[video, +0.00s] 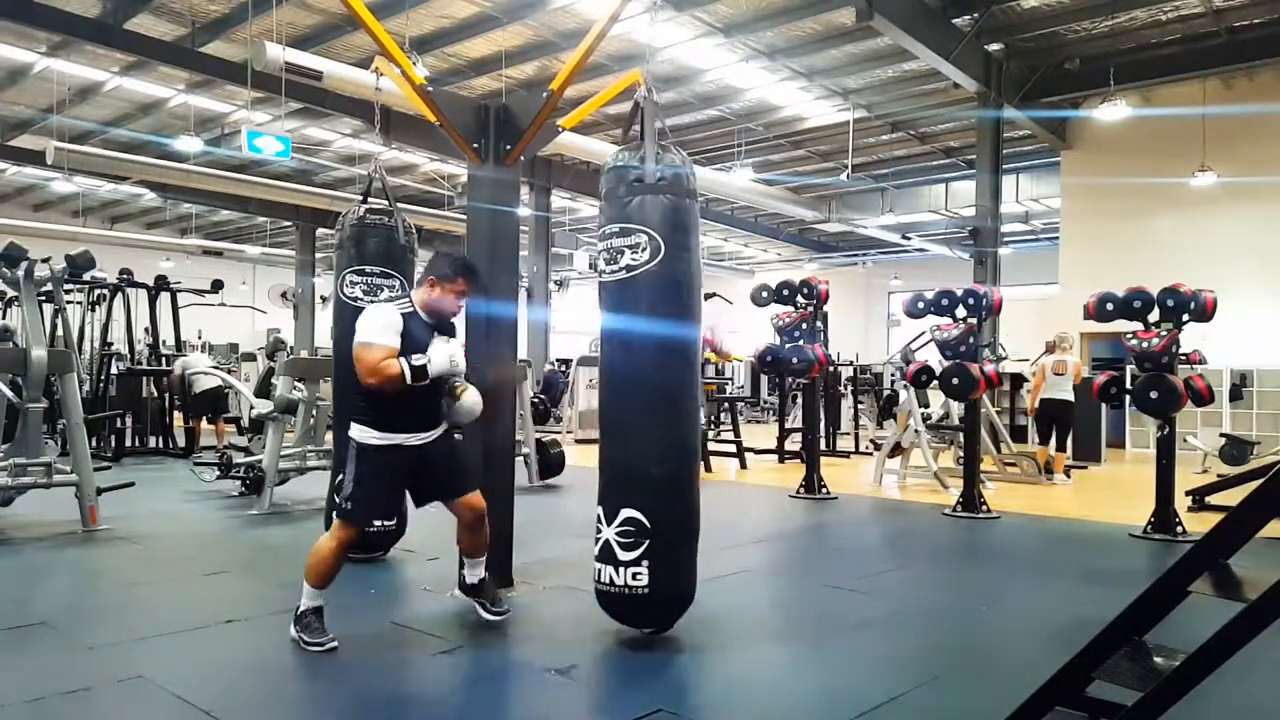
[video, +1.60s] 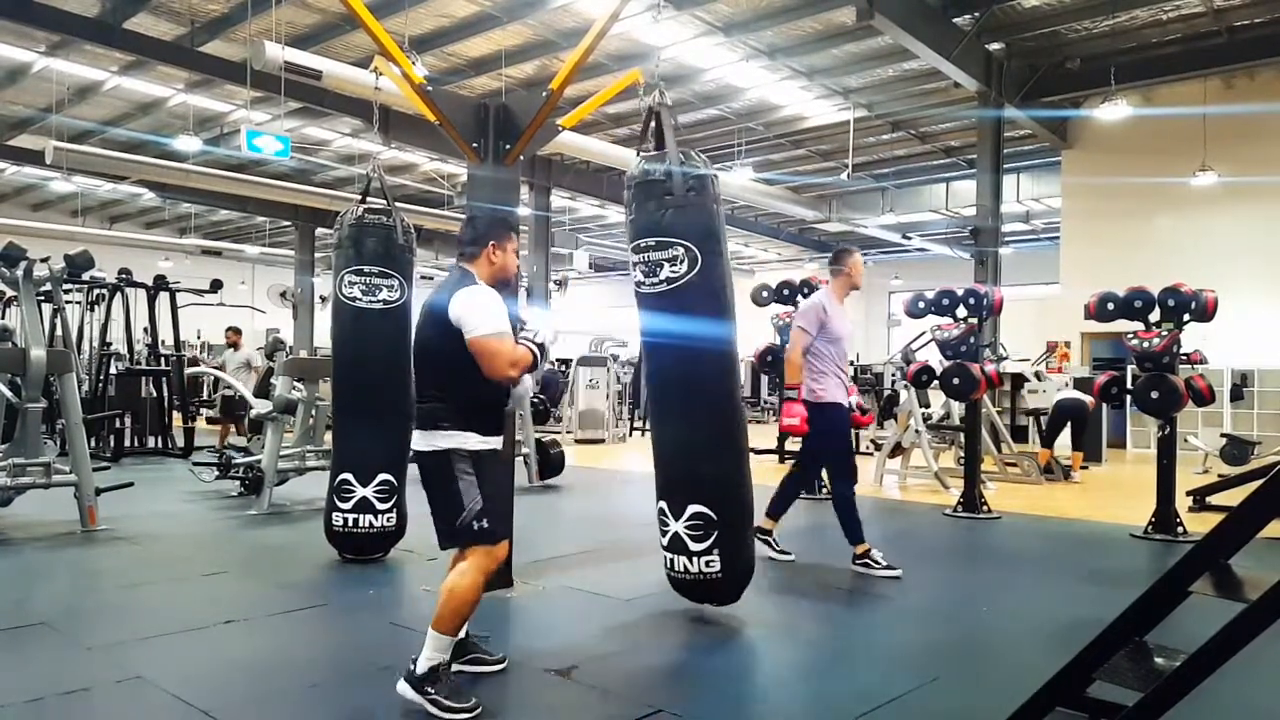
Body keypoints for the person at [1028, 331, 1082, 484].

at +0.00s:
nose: (1071, 348)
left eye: (1054, 343)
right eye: (1071, 346)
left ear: (1055, 344)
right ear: (1071, 346)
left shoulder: (1045, 361)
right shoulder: (1075, 363)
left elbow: (1037, 384)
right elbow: (1077, 380)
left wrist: (1031, 404)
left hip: (1046, 400)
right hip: (1066, 401)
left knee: (1043, 440)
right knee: (1061, 442)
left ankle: (1039, 470)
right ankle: (1059, 473)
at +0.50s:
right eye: (1064, 349)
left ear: (1047, 347)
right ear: (1063, 349)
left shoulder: (1036, 362)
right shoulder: (1067, 364)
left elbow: (1028, 383)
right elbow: (1074, 385)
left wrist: (1027, 402)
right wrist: (1066, 397)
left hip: (1037, 400)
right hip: (1056, 401)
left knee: (1037, 438)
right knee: (1057, 440)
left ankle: (1035, 471)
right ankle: (1058, 473)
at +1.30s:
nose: (1055, 363)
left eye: (1056, 361)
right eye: (1057, 361)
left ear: (1058, 363)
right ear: (1070, 363)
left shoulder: (1052, 377)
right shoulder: (1078, 378)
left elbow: (1048, 392)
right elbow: (1085, 394)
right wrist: (1080, 407)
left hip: (1053, 400)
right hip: (1072, 401)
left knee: (1045, 439)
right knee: (1073, 440)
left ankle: (1039, 471)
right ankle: (1075, 473)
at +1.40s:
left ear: (1057, 377)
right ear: (1071, 378)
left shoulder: (1051, 381)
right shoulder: (1078, 384)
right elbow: (1089, 397)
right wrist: (1084, 409)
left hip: (1057, 401)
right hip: (1076, 403)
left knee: (1049, 438)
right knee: (1075, 440)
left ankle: (1038, 469)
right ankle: (1076, 473)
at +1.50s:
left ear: (1058, 386)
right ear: (1071, 385)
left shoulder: (1055, 390)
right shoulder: (1079, 389)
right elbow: (1090, 398)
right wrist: (1085, 412)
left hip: (1059, 403)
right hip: (1079, 404)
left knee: (1049, 439)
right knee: (1076, 441)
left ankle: (1039, 470)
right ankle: (1075, 473)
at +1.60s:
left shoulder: (1058, 395)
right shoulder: (1084, 396)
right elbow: (1091, 400)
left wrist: (1050, 453)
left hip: (1061, 405)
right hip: (1080, 406)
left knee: (1049, 437)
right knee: (1077, 441)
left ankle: (1038, 470)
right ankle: (1075, 473)